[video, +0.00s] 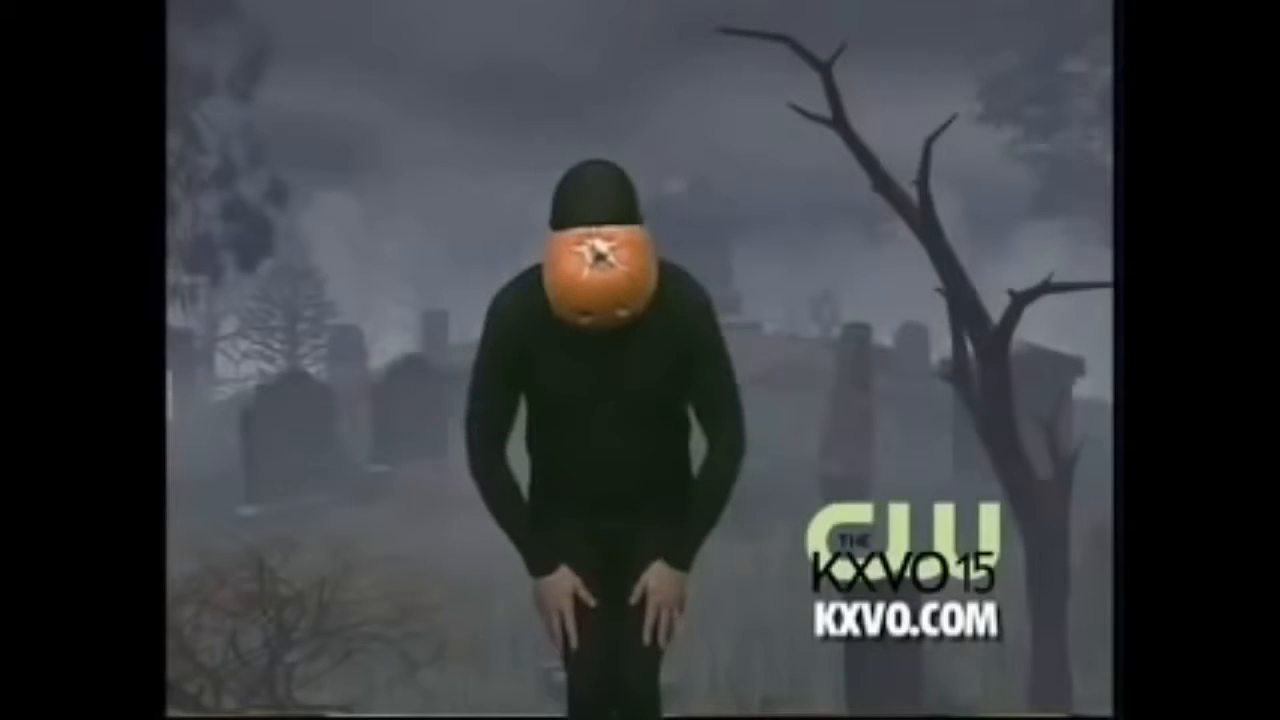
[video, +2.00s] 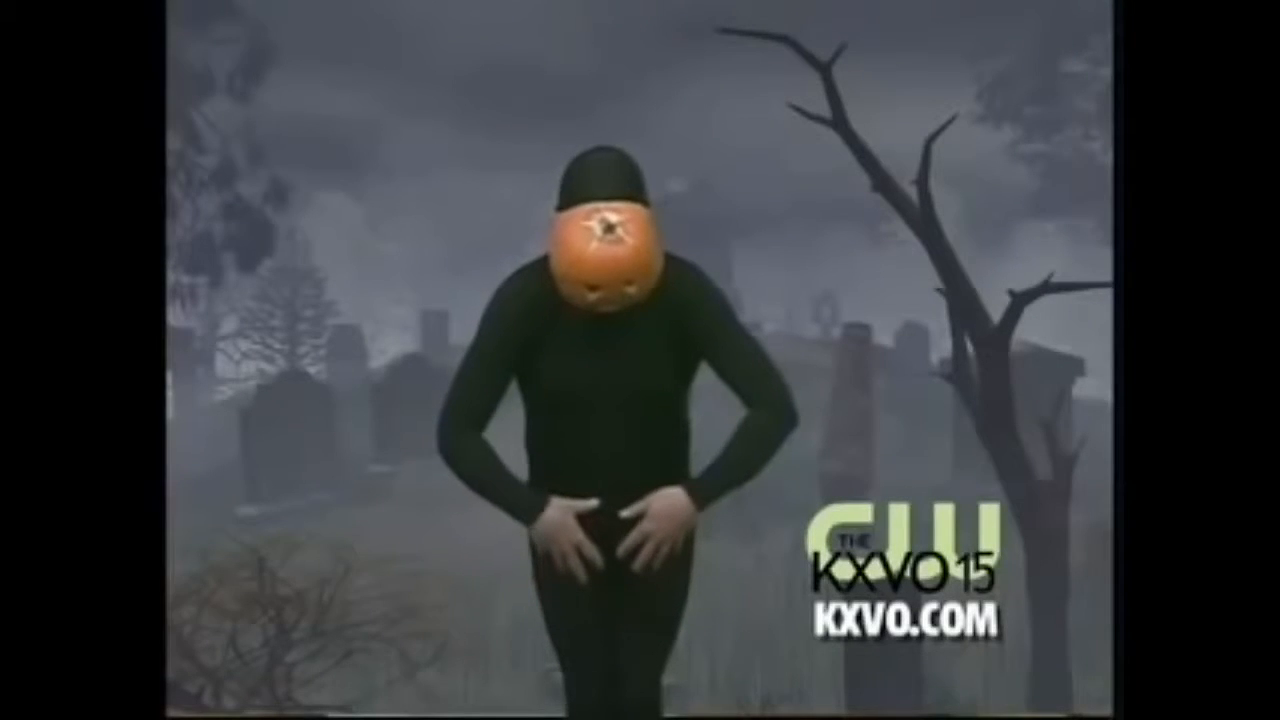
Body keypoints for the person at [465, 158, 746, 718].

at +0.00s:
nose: (598, 258)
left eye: (615, 243)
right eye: (581, 244)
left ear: (640, 239)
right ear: (555, 241)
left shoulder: (680, 303)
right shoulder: (519, 310)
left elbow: (727, 440)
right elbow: (485, 449)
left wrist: (677, 559)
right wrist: (542, 563)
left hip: (657, 507)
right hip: (564, 511)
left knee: (635, 681)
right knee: (588, 684)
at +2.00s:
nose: (604, 242)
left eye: (622, 223)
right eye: (587, 223)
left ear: (648, 226)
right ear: (560, 228)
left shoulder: (682, 292)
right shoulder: (526, 298)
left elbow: (775, 409)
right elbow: (456, 434)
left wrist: (693, 497)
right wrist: (536, 511)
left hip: (659, 534)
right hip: (564, 537)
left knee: (637, 696)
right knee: (589, 696)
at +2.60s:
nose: (609, 218)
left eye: (627, 204)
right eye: (593, 204)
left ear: (654, 217)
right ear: (565, 218)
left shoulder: (687, 294)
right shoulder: (528, 299)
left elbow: (780, 409)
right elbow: (458, 434)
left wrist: (712, 465)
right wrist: (517, 472)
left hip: (660, 526)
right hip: (562, 528)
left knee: (639, 694)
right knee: (590, 694)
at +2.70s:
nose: (609, 218)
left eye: (626, 203)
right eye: (593, 203)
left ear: (654, 215)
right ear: (565, 216)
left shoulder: (687, 296)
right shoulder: (528, 300)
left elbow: (780, 410)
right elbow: (458, 434)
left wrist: (714, 459)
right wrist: (514, 466)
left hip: (659, 527)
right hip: (561, 528)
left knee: (638, 693)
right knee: (589, 693)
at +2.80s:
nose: (608, 217)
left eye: (626, 202)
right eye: (593, 201)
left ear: (655, 214)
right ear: (565, 214)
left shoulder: (688, 297)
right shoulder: (529, 300)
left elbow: (780, 410)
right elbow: (459, 435)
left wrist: (717, 452)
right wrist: (511, 459)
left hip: (659, 531)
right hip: (562, 533)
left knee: (639, 694)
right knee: (589, 693)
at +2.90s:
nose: (610, 214)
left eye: (627, 200)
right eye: (594, 200)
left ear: (656, 215)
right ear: (565, 215)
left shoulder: (688, 297)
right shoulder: (529, 301)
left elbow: (780, 411)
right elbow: (459, 434)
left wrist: (720, 446)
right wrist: (508, 453)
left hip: (660, 530)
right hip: (564, 533)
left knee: (639, 694)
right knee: (589, 693)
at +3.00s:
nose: (610, 209)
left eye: (628, 196)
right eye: (594, 195)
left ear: (657, 210)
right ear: (566, 210)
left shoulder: (688, 298)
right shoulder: (530, 302)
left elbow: (780, 412)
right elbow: (460, 433)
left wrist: (724, 439)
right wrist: (504, 448)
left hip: (659, 528)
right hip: (564, 532)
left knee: (638, 694)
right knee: (589, 693)